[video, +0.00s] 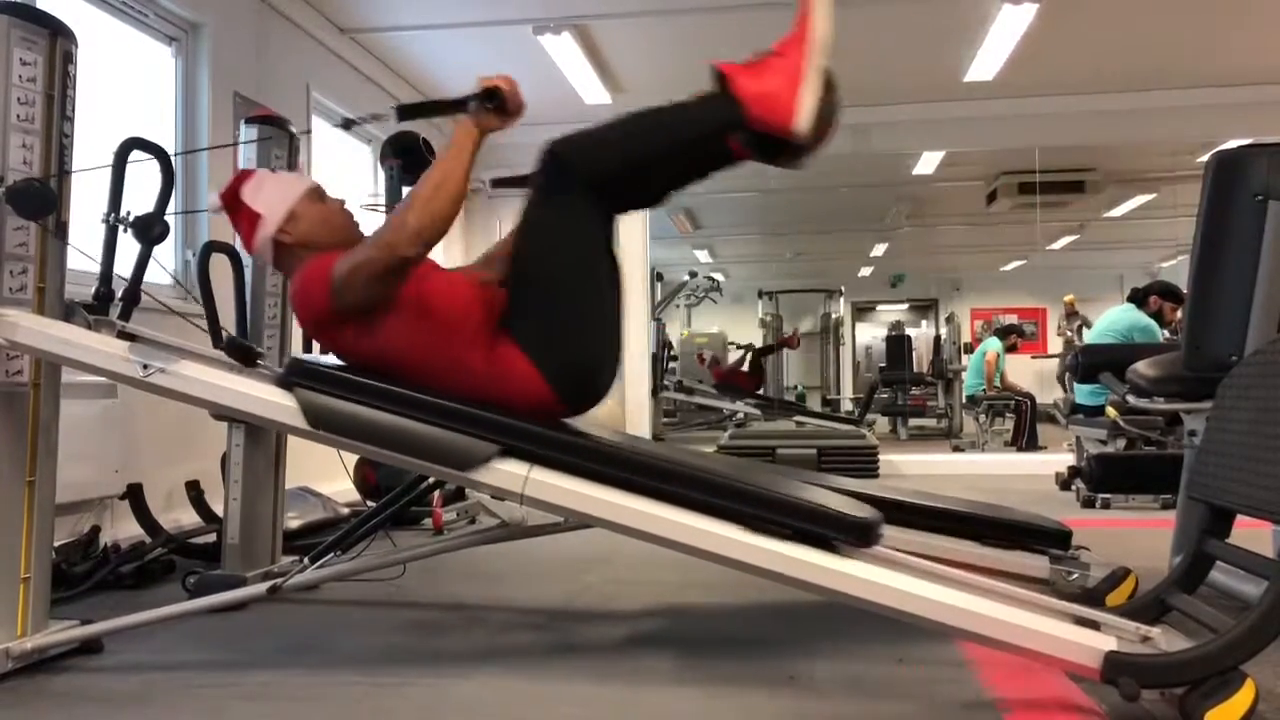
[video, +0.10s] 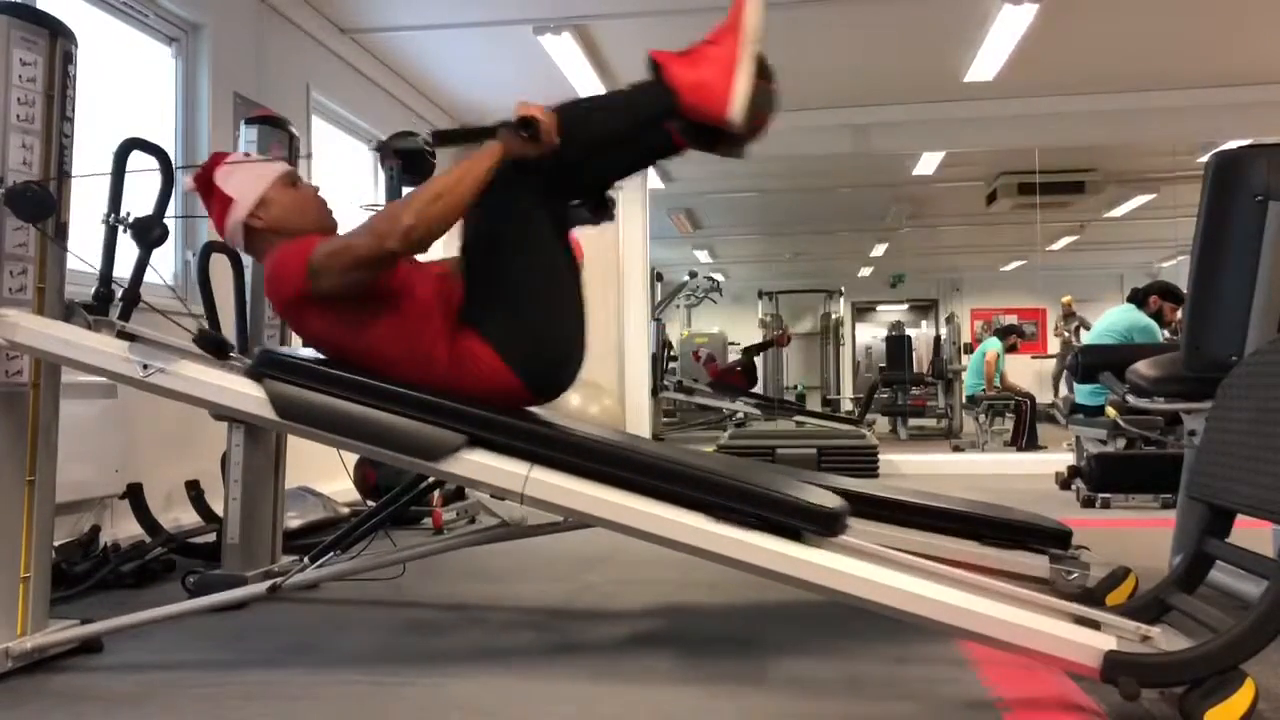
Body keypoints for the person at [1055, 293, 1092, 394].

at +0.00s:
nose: (1067, 308)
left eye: (1069, 305)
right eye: (1065, 305)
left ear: (1073, 305)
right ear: (1064, 306)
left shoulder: (1080, 317)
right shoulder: (1062, 317)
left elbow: (1091, 328)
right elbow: (1058, 332)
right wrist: (1064, 332)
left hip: (1078, 347)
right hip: (1066, 348)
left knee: (1078, 372)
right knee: (1060, 375)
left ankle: (1078, 394)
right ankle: (1067, 394)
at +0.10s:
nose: (1065, 308)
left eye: (1067, 306)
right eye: (1063, 306)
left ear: (1071, 306)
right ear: (1061, 307)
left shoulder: (1078, 318)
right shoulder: (1059, 318)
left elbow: (1090, 328)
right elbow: (1055, 332)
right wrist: (1060, 332)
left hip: (1075, 349)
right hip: (1063, 349)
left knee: (1074, 374)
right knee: (1055, 375)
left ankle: (1073, 397)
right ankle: (1056, 397)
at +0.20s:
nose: (1063, 309)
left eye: (1065, 306)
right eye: (1061, 306)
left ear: (1069, 307)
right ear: (1059, 307)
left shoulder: (1075, 319)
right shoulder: (1056, 318)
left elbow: (1088, 328)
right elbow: (1051, 333)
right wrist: (1058, 332)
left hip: (1072, 350)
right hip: (1060, 350)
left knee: (1070, 377)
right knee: (1053, 376)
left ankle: (1073, 400)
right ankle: (1047, 400)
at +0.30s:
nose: (1063, 311)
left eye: (1065, 308)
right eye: (1060, 308)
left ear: (1068, 309)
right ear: (1057, 309)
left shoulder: (1073, 321)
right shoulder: (1053, 320)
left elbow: (1085, 331)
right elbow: (1048, 334)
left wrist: (1094, 336)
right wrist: (1054, 335)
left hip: (1068, 352)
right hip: (1056, 352)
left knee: (1066, 379)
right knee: (1050, 378)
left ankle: (1069, 401)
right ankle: (1043, 403)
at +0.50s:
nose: (1054, 316)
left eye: (1056, 314)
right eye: (1052, 313)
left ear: (1061, 315)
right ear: (1049, 314)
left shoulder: (1063, 326)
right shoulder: (1045, 325)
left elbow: (1074, 334)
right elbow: (1042, 337)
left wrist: (1085, 340)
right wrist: (1050, 342)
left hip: (1061, 356)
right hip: (1049, 356)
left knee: (1059, 383)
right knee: (1045, 384)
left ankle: (1069, 401)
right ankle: (1042, 407)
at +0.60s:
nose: (1049, 318)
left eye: (1052, 316)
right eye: (1048, 316)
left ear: (1056, 318)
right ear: (1044, 316)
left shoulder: (1058, 329)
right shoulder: (1036, 327)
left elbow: (1070, 338)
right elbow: (1027, 340)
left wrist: (1080, 343)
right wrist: (1036, 344)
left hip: (1055, 359)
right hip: (1041, 359)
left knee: (1055, 385)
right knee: (1038, 386)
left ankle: (1066, 398)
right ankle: (1038, 409)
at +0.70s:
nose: (1043, 318)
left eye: (1046, 315)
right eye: (1041, 315)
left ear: (1051, 317)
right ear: (1037, 316)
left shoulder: (1054, 329)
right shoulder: (1029, 328)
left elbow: (1064, 340)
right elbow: (1023, 342)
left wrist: (1072, 347)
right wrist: (1033, 345)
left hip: (1051, 361)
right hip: (1035, 362)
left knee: (1051, 383)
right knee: (1034, 389)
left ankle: (1063, 398)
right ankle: (1035, 409)